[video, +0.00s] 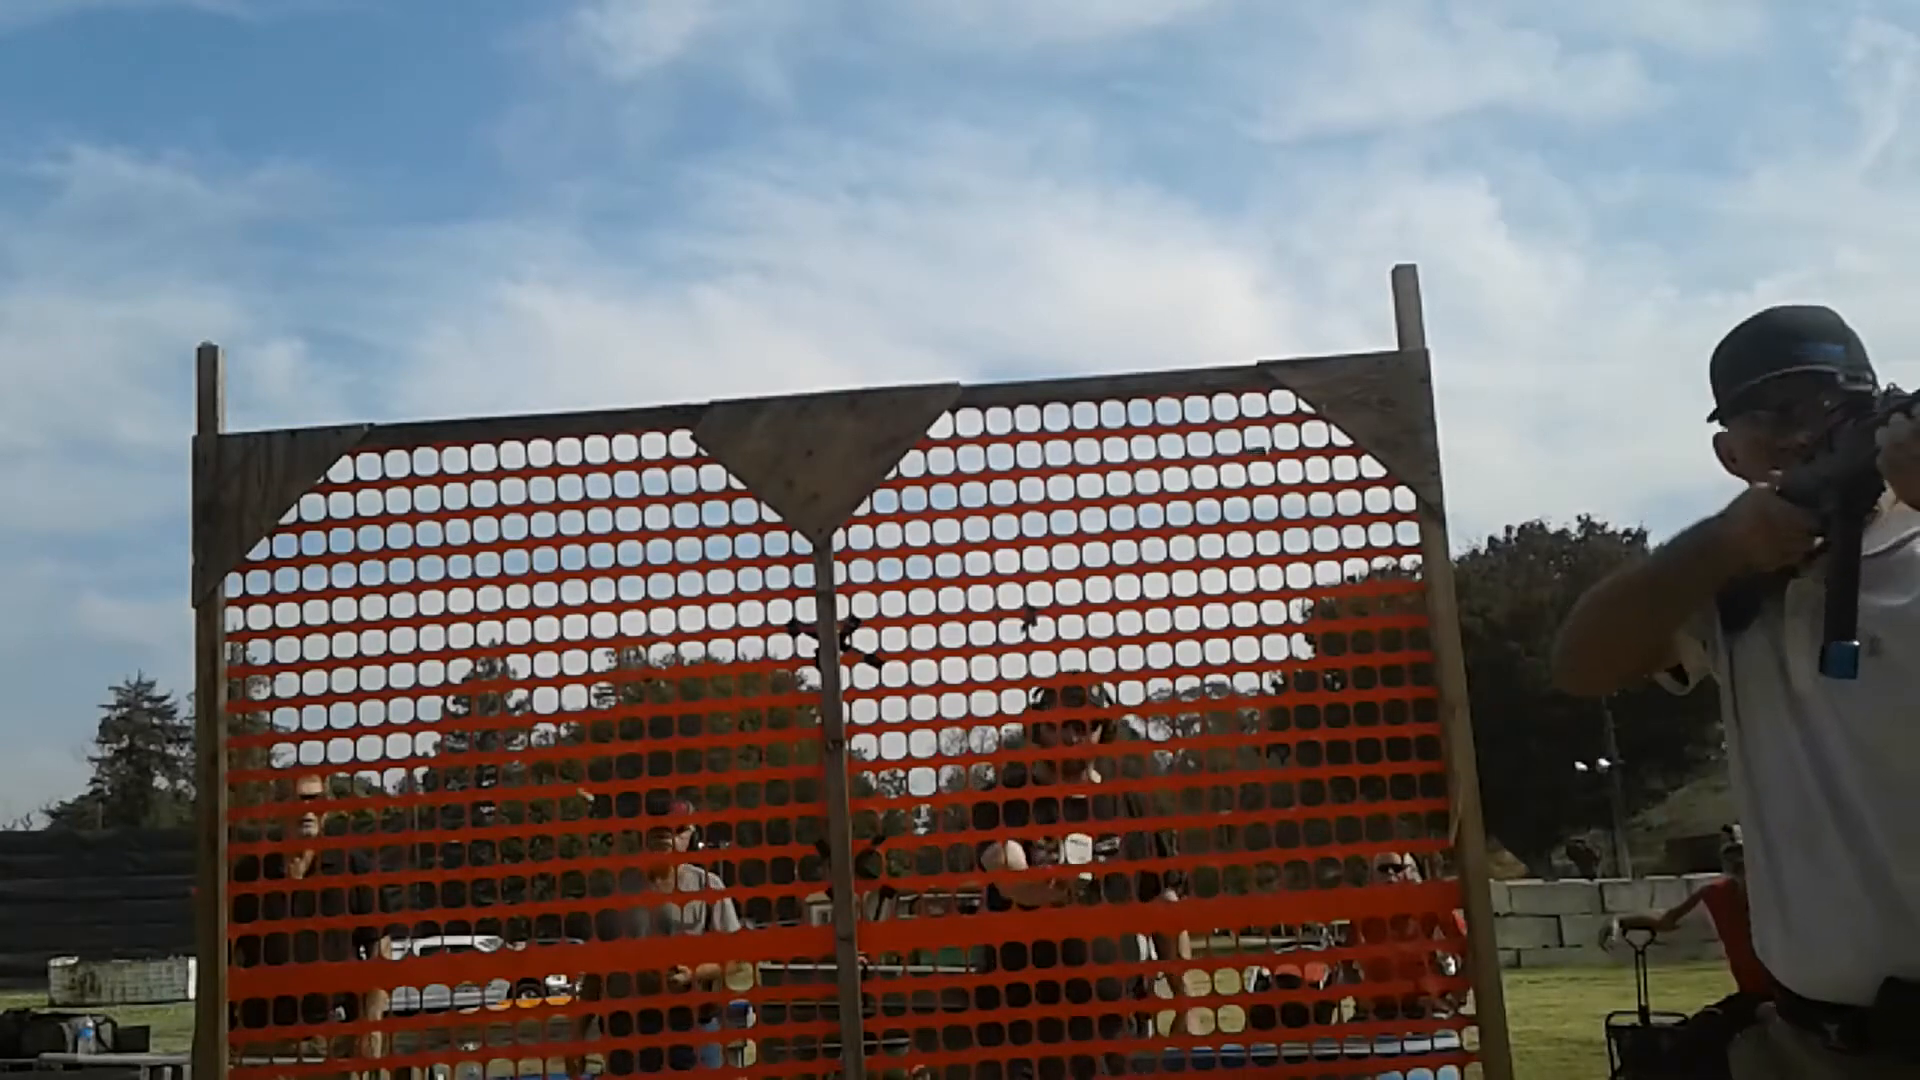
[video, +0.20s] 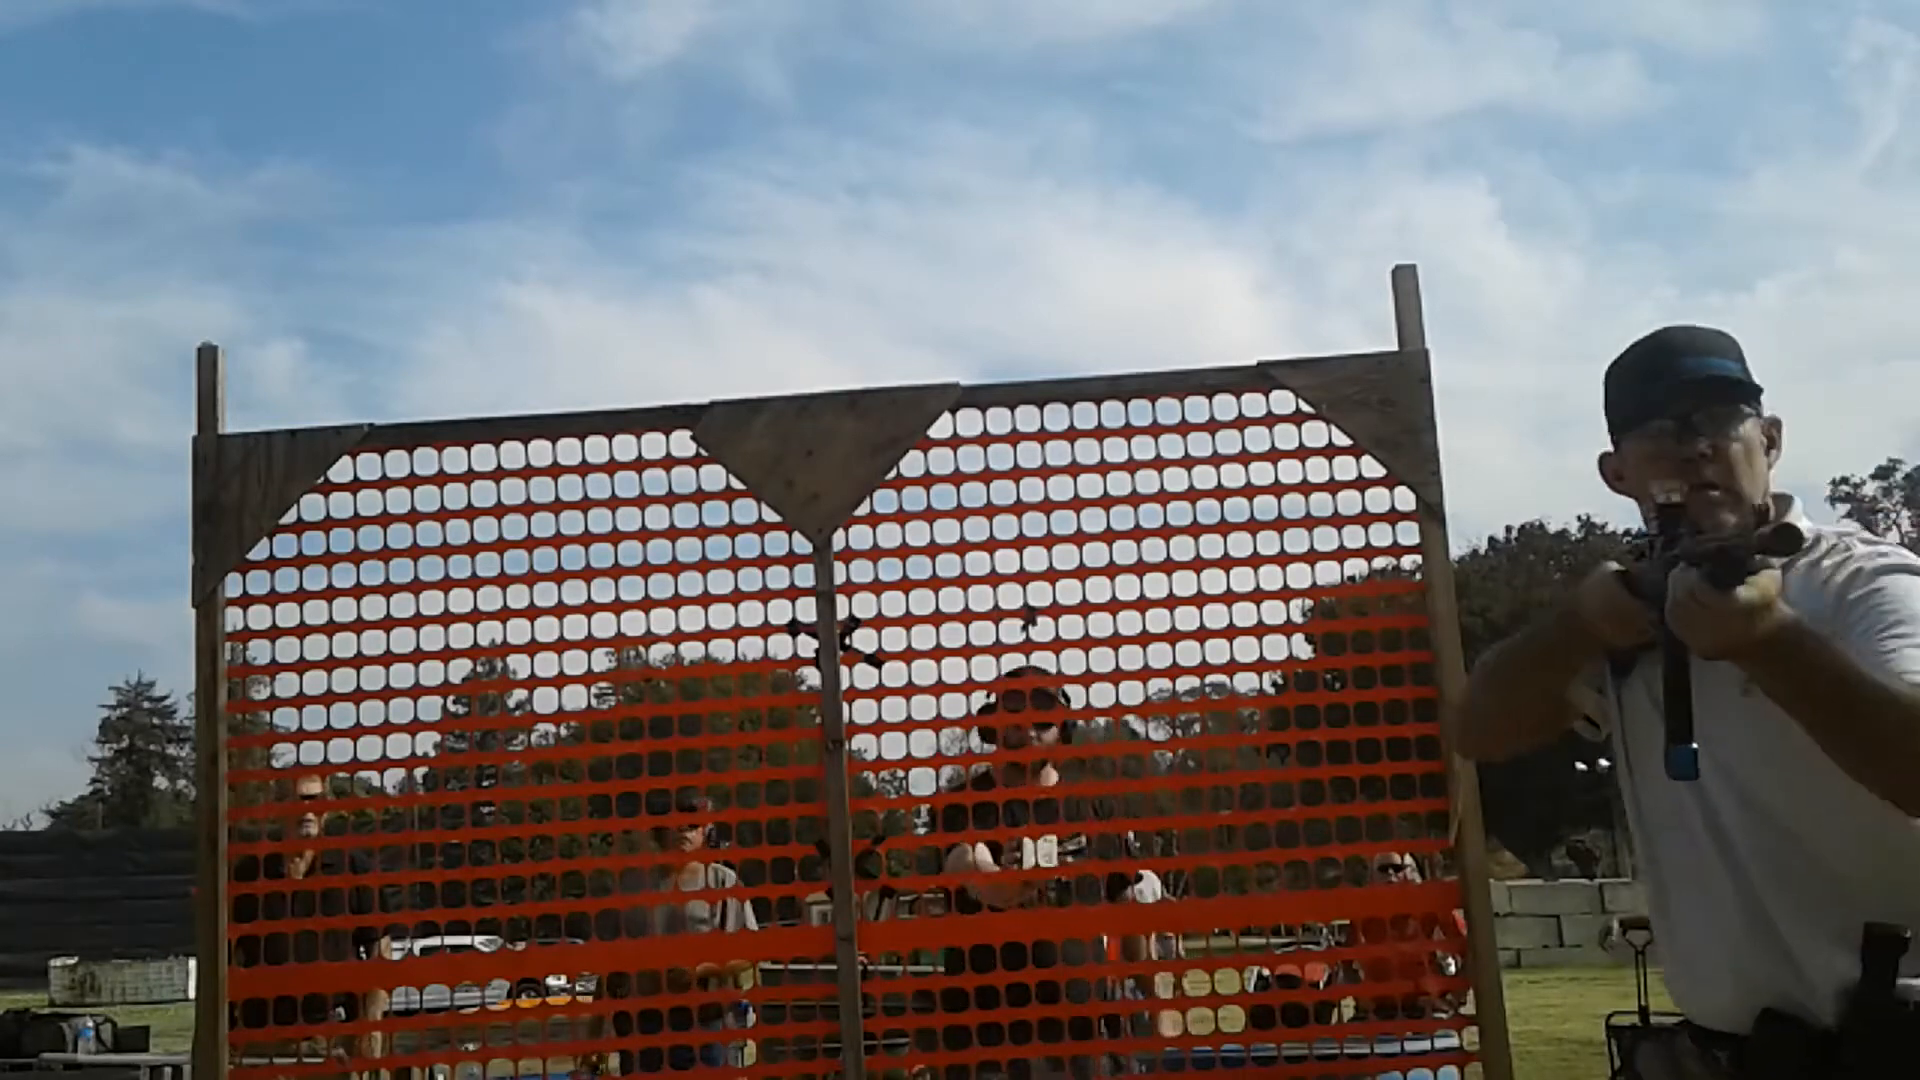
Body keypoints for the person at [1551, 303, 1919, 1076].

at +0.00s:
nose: (1805, 436)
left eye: (1827, 406)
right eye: (1774, 415)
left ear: (1875, 416)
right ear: (1731, 453)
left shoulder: (1912, 548)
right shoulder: (1735, 586)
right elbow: (1578, 662)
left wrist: (1913, 492)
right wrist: (1727, 543)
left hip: (1910, 1034)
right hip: (1796, 1036)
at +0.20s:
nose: (1701, 449)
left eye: (1722, 422)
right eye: (1667, 430)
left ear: (1769, 444)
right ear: (1618, 473)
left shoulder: (1862, 580)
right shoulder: (1622, 617)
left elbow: (1912, 780)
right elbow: (1478, 729)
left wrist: (1771, 644)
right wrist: (1580, 624)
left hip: (1885, 1035)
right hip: (1716, 1043)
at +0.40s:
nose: (1532, 487)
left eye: (1549, 462)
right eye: (1494, 466)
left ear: (1570, 482)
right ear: (1425, 502)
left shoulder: (1677, 613)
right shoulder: (1413, 635)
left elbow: (1802, 811)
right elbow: (1273, 743)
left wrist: (1673, 672)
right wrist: (1402, 643)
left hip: (1727, 1036)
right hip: (1539, 1052)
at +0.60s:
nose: (1376, 505)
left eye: (1390, 478)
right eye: (1339, 483)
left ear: (1419, 497)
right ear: (1268, 516)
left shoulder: (1514, 623)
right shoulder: (1254, 643)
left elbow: (1702, 767)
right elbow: (1137, 748)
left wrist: (1656, 602)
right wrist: (1311, 616)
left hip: (1561, 1040)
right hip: (1378, 1055)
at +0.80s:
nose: (1285, 507)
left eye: (1294, 481)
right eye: (1249, 485)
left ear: (1318, 489)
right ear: (1172, 519)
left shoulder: (1412, 628)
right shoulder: (1144, 636)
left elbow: (1608, 756)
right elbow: (1027, 730)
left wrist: (1579, 584)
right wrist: (1211, 600)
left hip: (1422, 1050)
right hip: (1228, 1059)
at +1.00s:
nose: (1206, 511)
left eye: (1220, 481)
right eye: (1170, 488)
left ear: (1247, 489)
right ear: (1094, 518)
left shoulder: (1330, 630)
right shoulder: (1061, 631)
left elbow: (1522, 756)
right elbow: (939, 732)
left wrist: (1500, 581)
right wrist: (1130, 597)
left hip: (1344, 1054)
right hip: (1141, 1063)